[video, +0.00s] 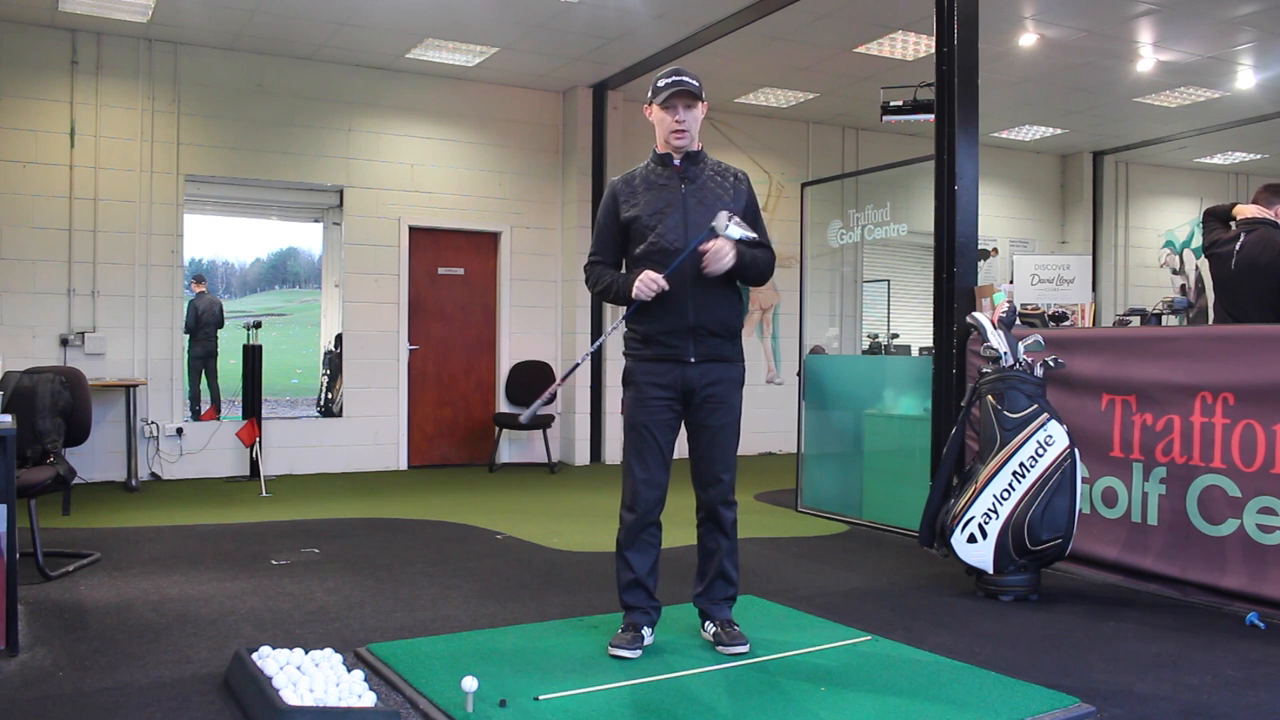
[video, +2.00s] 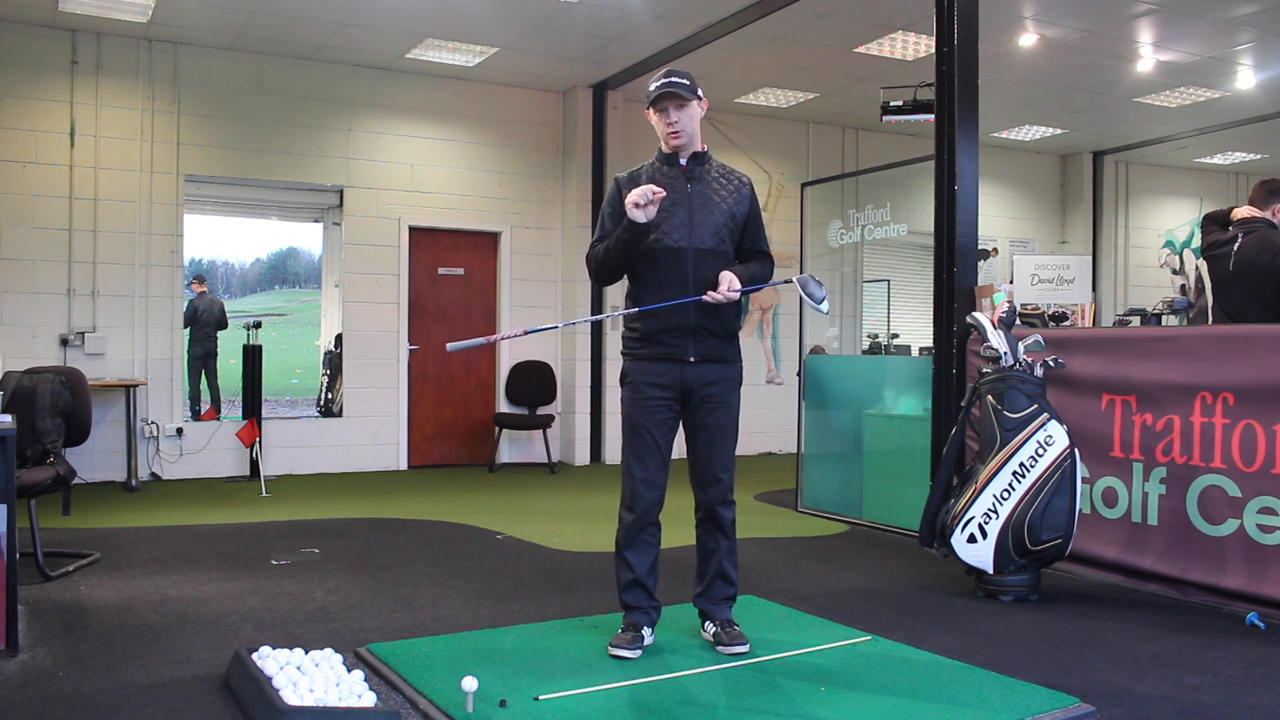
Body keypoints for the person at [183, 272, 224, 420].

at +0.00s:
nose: (191, 287)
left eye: (192, 285)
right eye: (191, 285)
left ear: (196, 285)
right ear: (205, 285)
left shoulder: (194, 302)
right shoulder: (216, 301)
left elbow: (190, 326)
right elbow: (221, 324)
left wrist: (186, 329)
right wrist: (208, 324)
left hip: (197, 345)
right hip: (212, 344)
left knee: (194, 383)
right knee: (213, 381)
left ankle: (195, 414)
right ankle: (216, 412)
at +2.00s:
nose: (191, 287)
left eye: (192, 285)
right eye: (191, 285)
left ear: (197, 285)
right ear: (205, 285)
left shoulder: (194, 302)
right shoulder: (218, 302)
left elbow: (185, 323)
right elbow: (224, 324)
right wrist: (210, 326)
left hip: (196, 345)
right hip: (212, 345)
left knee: (194, 383)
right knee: (213, 381)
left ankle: (195, 415)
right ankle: (216, 412)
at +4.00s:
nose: (191, 289)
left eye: (192, 286)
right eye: (191, 287)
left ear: (197, 285)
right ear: (204, 285)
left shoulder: (195, 302)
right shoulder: (217, 302)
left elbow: (185, 321)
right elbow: (219, 326)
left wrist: (193, 324)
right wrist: (204, 325)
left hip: (196, 344)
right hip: (211, 344)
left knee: (195, 382)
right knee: (212, 381)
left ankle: (195, 414)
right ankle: (216, 412)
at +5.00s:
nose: (192, 287)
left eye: (193, 284)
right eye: (192, 284)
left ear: (198, 284)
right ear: (206, 285)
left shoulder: (195, 302)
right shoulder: (217, 302)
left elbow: (187, 325)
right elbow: (221, 326)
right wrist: (209, 322)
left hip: (196, 344)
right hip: (211, 344)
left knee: (195, 382)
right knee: (212, 381)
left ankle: (195, 414)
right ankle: (216, 412)